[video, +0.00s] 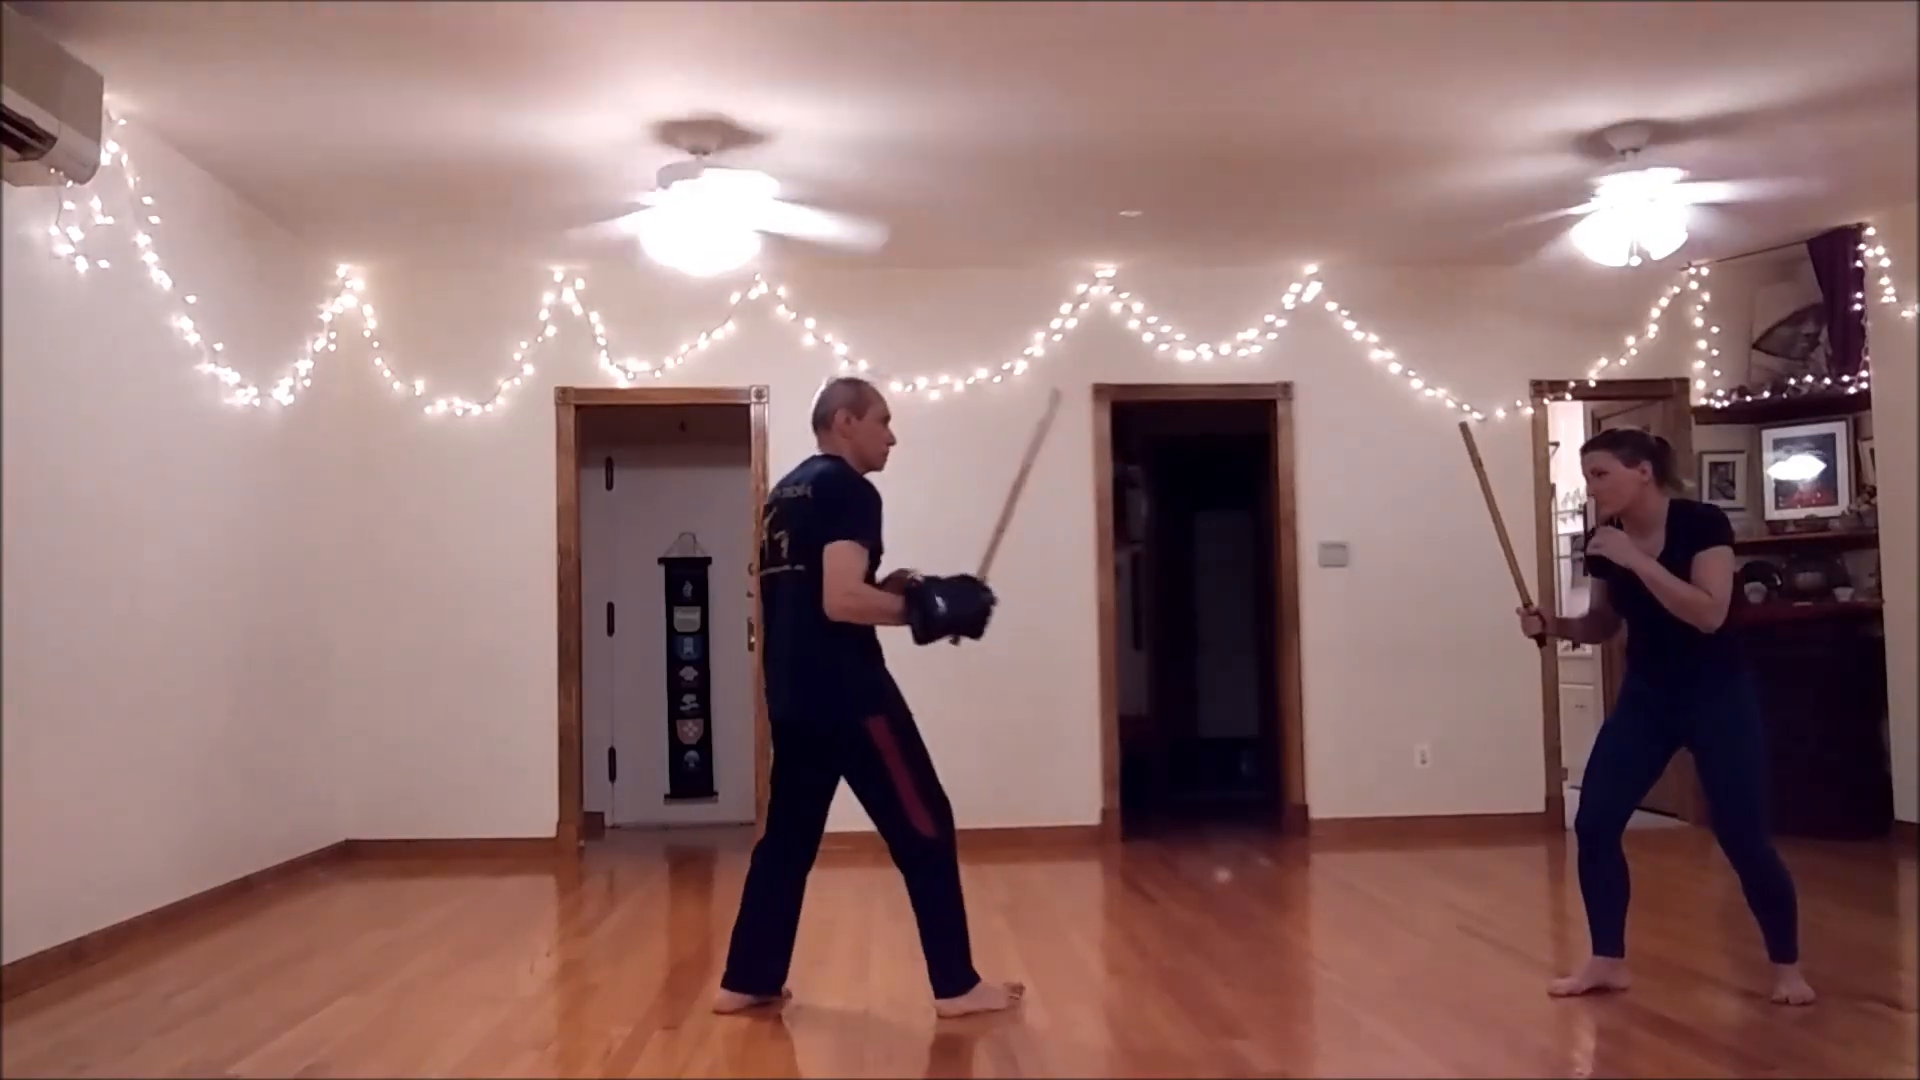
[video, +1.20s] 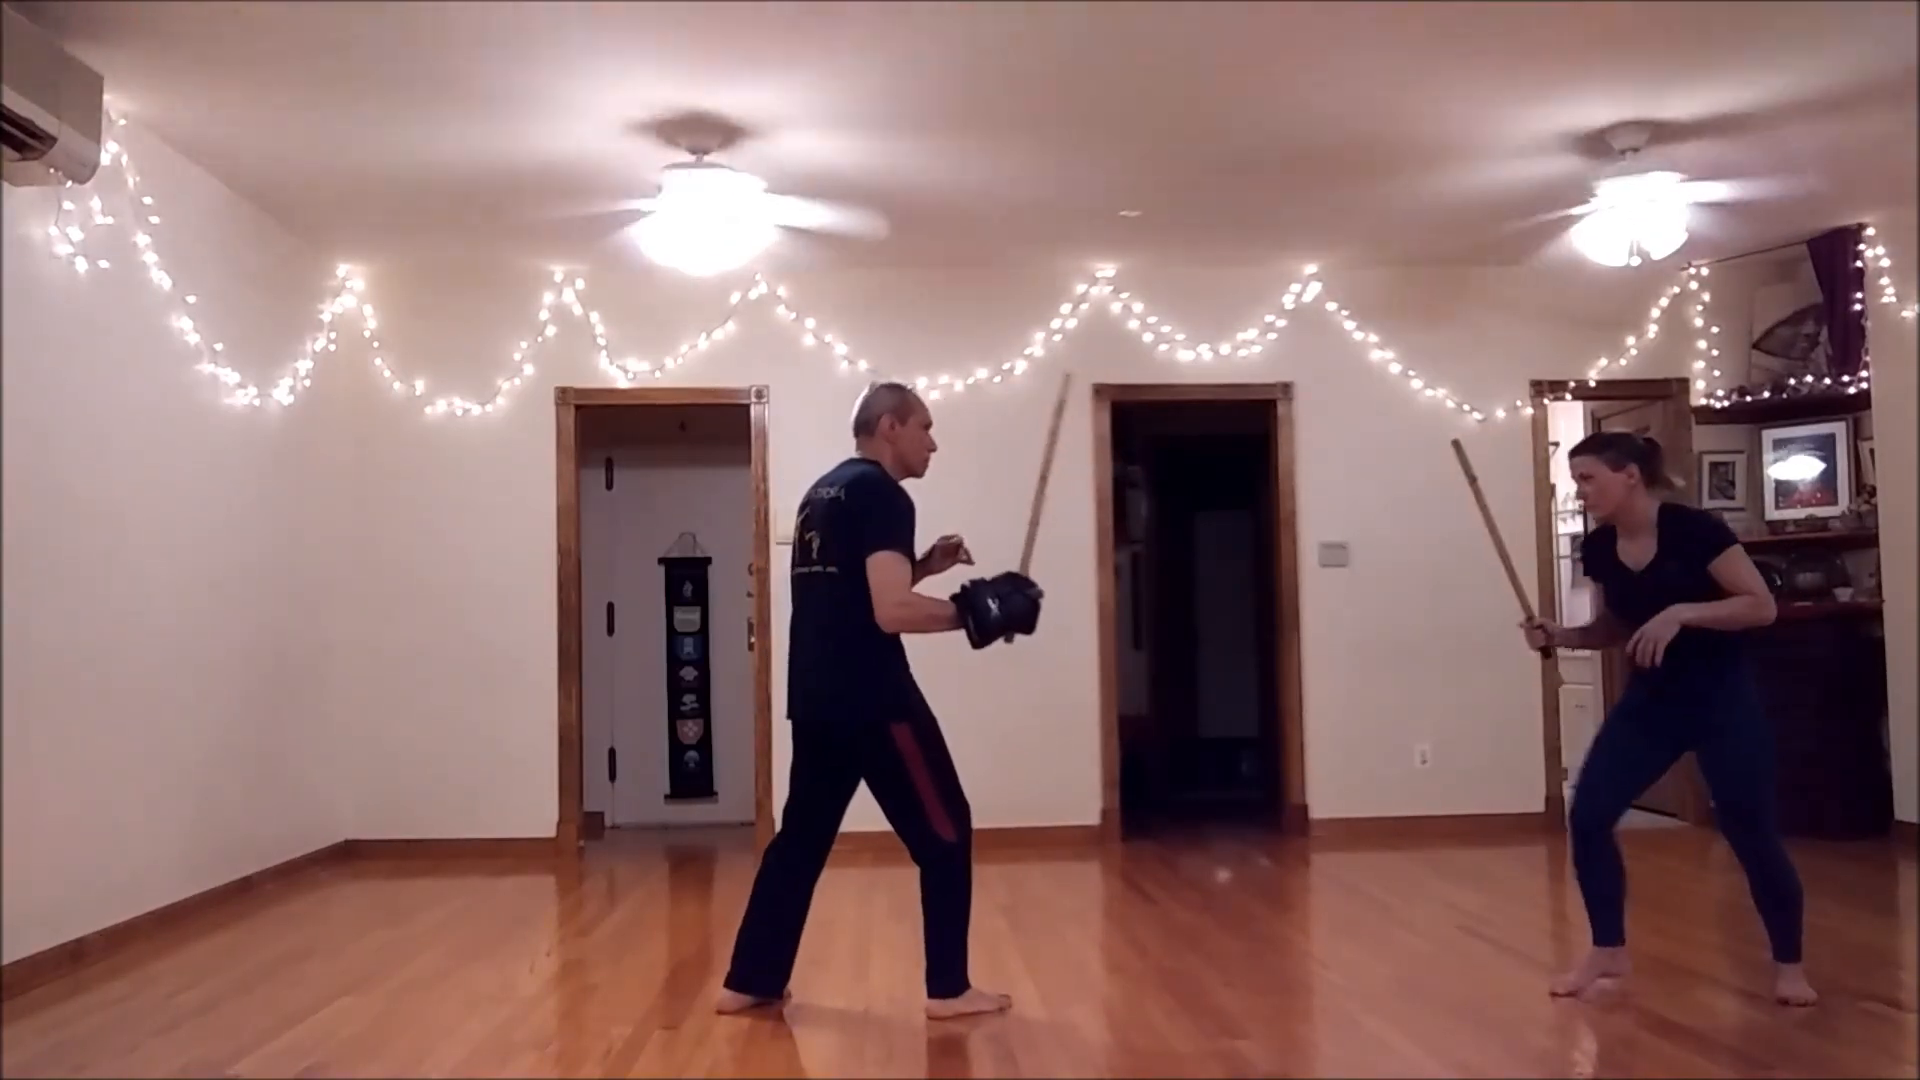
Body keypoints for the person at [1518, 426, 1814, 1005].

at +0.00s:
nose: (1592, 488)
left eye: (1600, 475)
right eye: (1588, 478)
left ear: (1640, 471)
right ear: (1617, 480)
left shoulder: (1702, 522)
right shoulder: (1608, 542)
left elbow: (1711, 612)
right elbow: (1605, 623)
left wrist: (1634, 560)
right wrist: (1555, 626)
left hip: (1718, 698)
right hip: (1648, 699)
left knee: (1742, 836)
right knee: (1595, 822)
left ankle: (1787, 967)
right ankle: (1606, 961)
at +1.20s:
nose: (1580, 493)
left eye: (1587, 480)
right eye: (1576, 483)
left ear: (1629, 476)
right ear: (1618, 481)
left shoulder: (1696, 530)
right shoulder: (1599, 549)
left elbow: (1761, 605)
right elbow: (1618, 627)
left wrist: (1680, 613)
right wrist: (1559, 637)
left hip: (1723, 702)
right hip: (1652, 704)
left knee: (1750, 828)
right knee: (1588, 814)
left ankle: (1789, 965)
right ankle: (1609, 953)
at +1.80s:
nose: (1303, 519)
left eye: (1311, 506)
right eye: (1300, 508)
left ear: (1351, 504)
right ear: (1335, 511)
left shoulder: (1407, 560)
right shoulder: (1319, 580)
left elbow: (1476, 622)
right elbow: (1282, 661)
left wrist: (1434, 683)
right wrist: (1221, 651)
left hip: (1419, 720)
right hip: (1362, 722)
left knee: (1405, 829)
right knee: (1275, 796)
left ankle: (1445, 977)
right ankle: (1314, 932)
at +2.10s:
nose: (1161, 522)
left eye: (1171, 511)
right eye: (1157, 512)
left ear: (1205, 511)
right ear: (1154, 518)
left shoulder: (1243, 571)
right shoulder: (1148, 576)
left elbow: (1289, 638)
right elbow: (1084, 619)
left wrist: (1248, 631)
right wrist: (1061, 563)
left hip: (1247, 728)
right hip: (1175, 731)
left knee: (1305, 819)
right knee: (1129, 828)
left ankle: (1358, 935)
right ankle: (1112, 931)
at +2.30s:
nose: (1120, 527)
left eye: (1130, 514)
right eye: (1111, 518)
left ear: (1155, 515)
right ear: (1102, 522)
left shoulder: (1180, 563)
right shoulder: (1095, 572)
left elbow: (1207, 625)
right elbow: (1081, 636)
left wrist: (1165, 592)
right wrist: (1132, 654)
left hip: (1164, 700)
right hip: (1106, 702)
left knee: (1186, 817)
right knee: (1112, 814)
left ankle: (1144, 868)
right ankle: (1074, 871)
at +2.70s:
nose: (1105, 540)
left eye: (1114, 531)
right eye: (1095, 531)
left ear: (1127, 533)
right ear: (1080, 532)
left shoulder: (1125, 573)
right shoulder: (1070, 576)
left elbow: (1139, 633)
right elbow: (1058, 650)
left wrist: (1123, 674)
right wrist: (1102, 702)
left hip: (1099, 695)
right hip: (1062, 694)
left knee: (1096, 796)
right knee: (1071, 796)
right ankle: (1056, 895)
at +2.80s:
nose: (1098, 537)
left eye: (1107, 528)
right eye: (1088, 528)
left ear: (1120, 530)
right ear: (1073, 530)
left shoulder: (1122, 575)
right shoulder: (1063, 571)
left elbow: (1124, 641)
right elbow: (1052, 639)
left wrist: (1107, 690)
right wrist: (1099, 691)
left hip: (1088, 697)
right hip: (1049, 694)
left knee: (1090, 808)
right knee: (1055, 808)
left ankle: (1083, 913)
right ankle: (1050, 915)